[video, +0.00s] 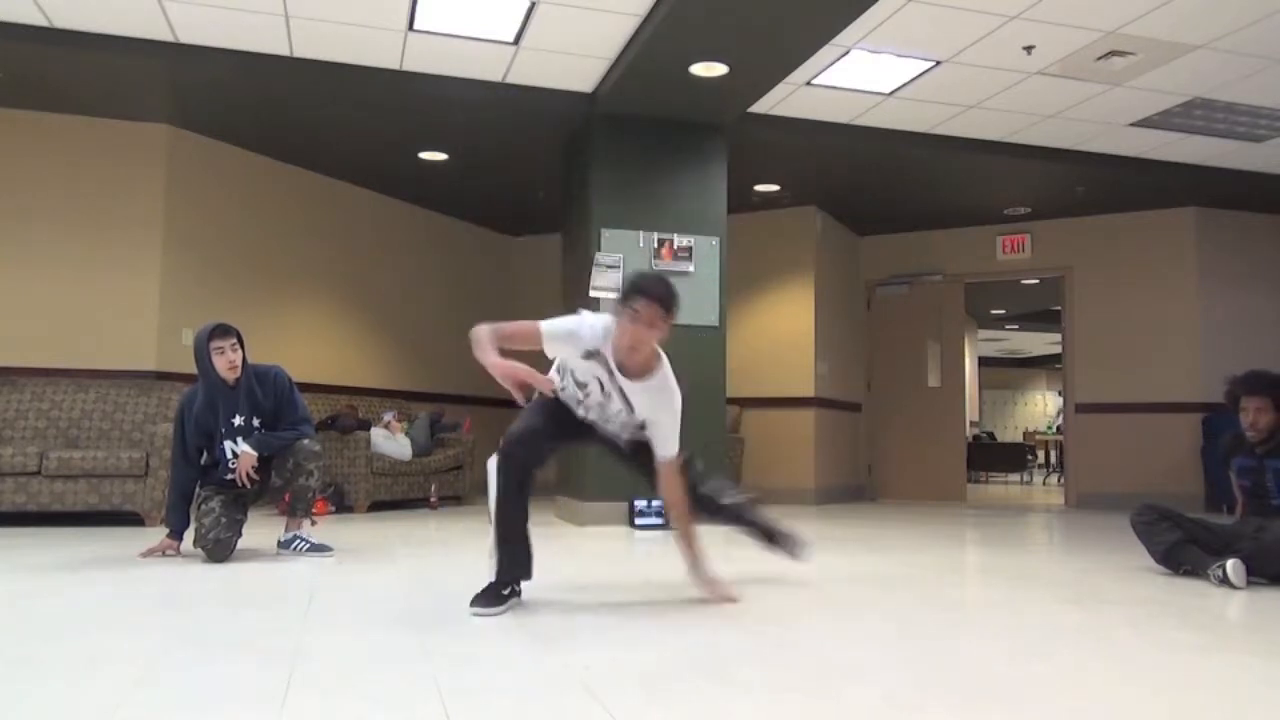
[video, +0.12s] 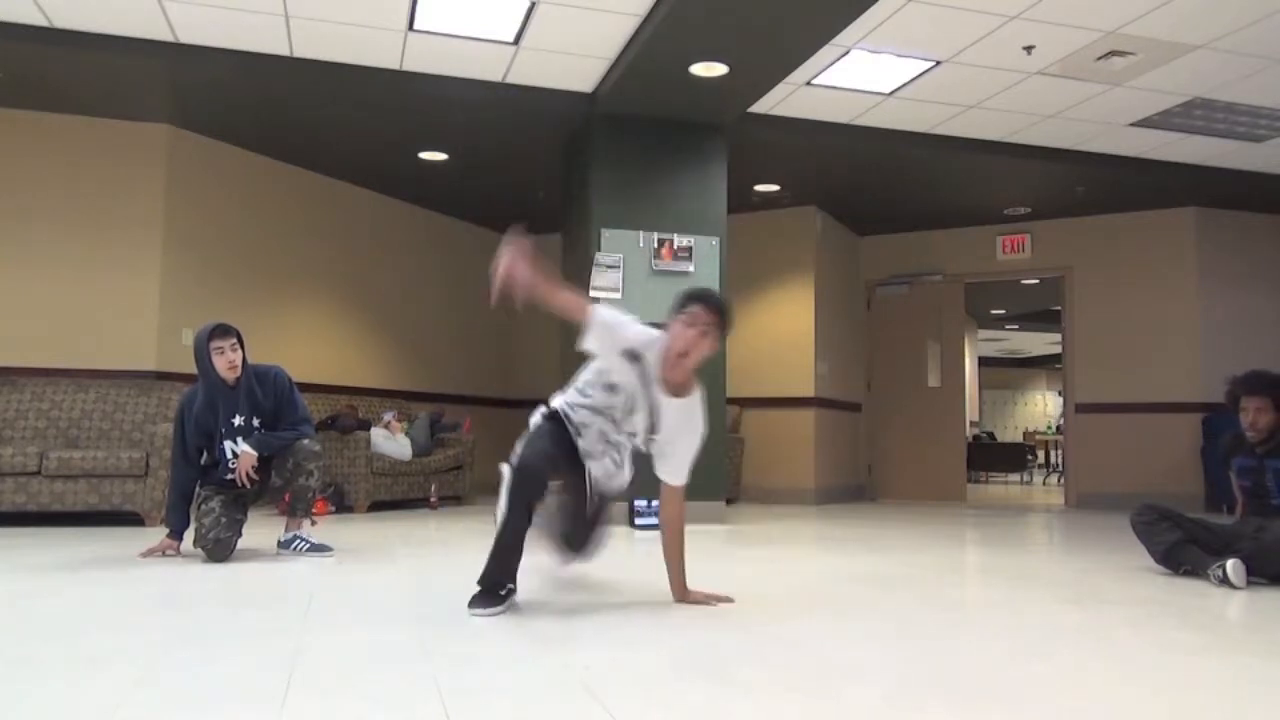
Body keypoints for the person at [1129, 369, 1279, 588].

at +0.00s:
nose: (1251, 420)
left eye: (1261, 411)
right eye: (1245, 411)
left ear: (1277, 414)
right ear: (1237, 414)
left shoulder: (1275, 452)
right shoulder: (1235, 450)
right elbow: (1242, 502)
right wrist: (1236, 533)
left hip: (1271, 535)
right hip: (1240, 533)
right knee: (1145, 514)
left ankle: (1197, 562)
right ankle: (1210, 566)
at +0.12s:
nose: (1251, 420)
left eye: (1261, 411)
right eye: (1245, 411)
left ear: (1277, 414)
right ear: (1237, 414)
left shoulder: (1275, 451)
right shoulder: (1235, 449)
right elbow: (1242, 502)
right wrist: (1236, 533)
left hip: (1271, 535)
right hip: (1240, 533)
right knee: (1145, 514)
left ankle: (1197, 562)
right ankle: (1210, 566)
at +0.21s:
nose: (1251, 420)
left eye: (1261, 411)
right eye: (1245, 411)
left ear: (1277, 414)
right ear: (1237, 414)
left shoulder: (1275, 452)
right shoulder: (1235, 450)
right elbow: (1242, 502)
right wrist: (1236, 533)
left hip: (1271, 535)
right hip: (1240, 533)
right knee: (1145, 514)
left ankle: (1197, 562)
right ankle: (1210, 566)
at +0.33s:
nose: (1250, 420)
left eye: (1260, 412)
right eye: (1244, 411)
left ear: (1277, 414)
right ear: (1237, 414)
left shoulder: (1275, 452)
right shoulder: (1235, 450)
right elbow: (1242, 502)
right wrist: (1236, 532)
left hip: (1270, 535)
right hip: (1239, 533)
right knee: (1144, 514)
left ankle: (1197, 562)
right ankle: (1210, 566)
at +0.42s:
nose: (1249, 420)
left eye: (1260, 412)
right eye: (1244, 411)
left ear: (1276, 415)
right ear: (1236, 414)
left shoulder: (1275, 452)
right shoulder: (1234, 450)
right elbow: (1242, 502)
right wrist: (1236, 532)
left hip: (1270, 535)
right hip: (1239, 533)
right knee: (1144, 514)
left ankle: (1198, 562)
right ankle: (1210, 566)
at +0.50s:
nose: (1249, 420)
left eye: (1260, 412)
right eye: (1244, 411)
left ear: (1276, 415)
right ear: (1236, 414)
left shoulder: (1275, 451)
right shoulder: (1234, 450)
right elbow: (1241, 501)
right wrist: (1236, 532)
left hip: (1271, 535)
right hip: (1239, 533)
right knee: (1144, 514)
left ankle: (1197, 562)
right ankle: (1210, 566)